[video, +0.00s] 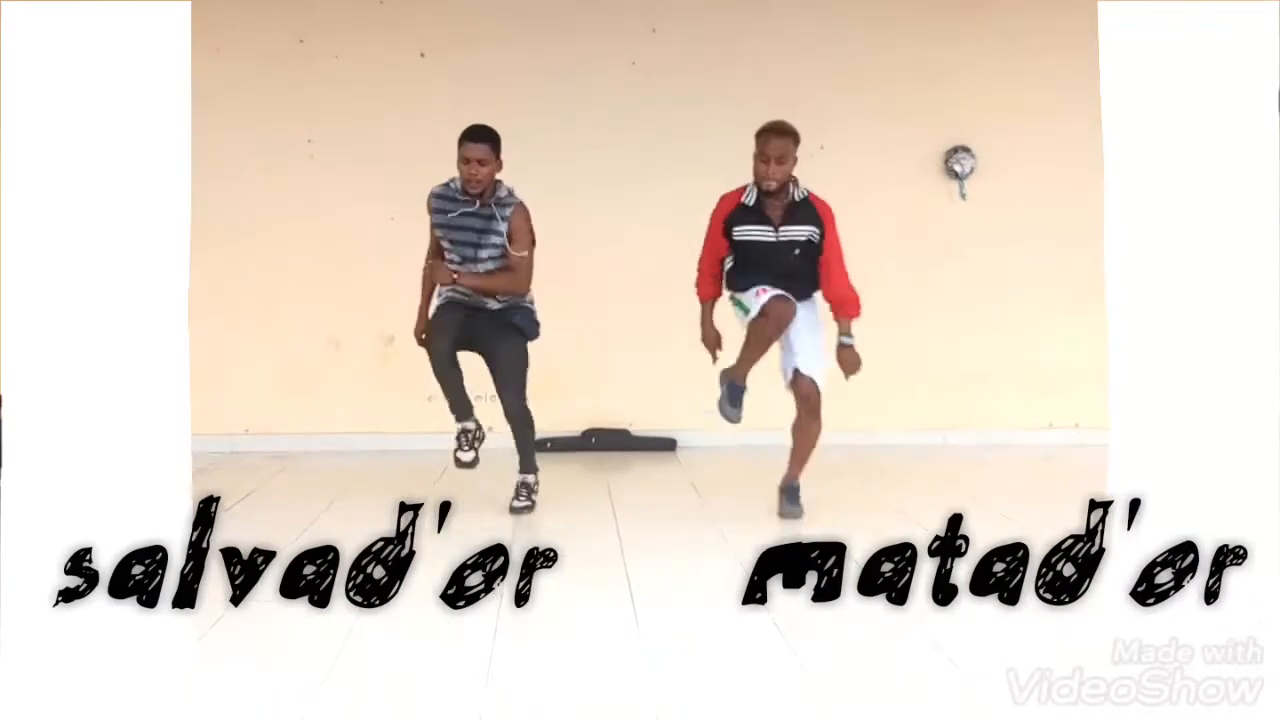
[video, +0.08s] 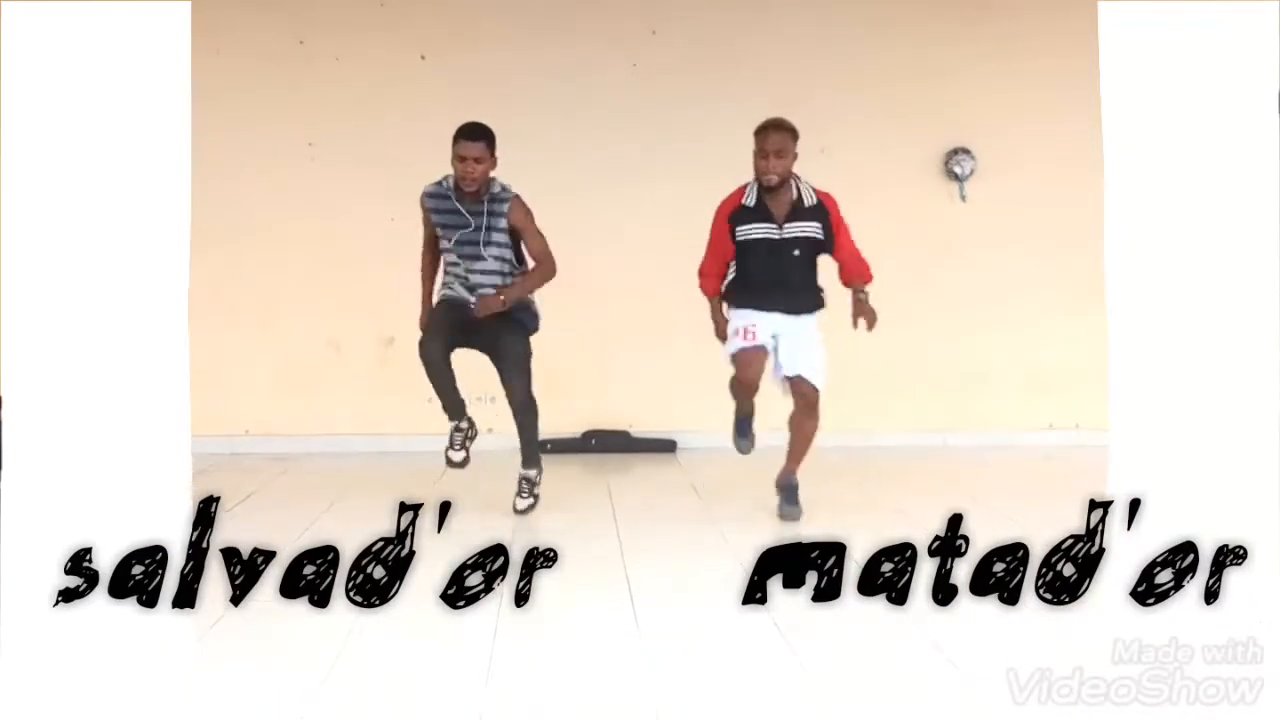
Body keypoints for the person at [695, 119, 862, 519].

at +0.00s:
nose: (770, 171)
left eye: (780, 163)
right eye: (763, 160)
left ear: (794, 164)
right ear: (753, 159)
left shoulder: (816, 211)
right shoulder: (731, 207)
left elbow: (834, 273)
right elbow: (711, 261)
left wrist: (846, 336)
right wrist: (706, 319)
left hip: (803, 300)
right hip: (750, 290)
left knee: (809, 393)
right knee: (781, 309)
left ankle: (791, 482)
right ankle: (737, 377)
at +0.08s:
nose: (769, 163)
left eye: (778, 155)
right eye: (762, 154)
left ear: (794, 157)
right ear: (753, 155)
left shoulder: (820, 205)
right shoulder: (735, 207)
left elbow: (846, 251)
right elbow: (714, 262)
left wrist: (860, 293)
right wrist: (716, 308)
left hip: (801, 313)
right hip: (750, 309)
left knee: (808, 396)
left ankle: (789, 477)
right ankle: (744, 414)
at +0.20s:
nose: (775, 166)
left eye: (784, 158)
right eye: (768, 158)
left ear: (801, 161)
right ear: (760, 160)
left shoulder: (824, 199)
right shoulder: (740, 210)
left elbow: (855, 218)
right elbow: (707, 262)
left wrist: (857, 227)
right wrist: (701, 319)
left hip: (798, 317)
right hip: (745, 321)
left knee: (823, 388)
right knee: (739, 410)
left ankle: (820, 496)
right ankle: (716, 474)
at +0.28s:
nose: (779, 168)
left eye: (789, 160)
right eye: (772, 160)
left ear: (805, 164)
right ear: (764, 163)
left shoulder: (825, 205)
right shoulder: (742, 213)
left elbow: (857, 246)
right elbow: (708, 267)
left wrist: (846, 239)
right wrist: (698, 322)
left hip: (797, 325)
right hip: (747, 326)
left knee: (820, 400)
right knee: (736, 410)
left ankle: (840, 495)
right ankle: (719, 477)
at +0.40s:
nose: (788, 170)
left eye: (798, 163)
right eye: (781, 161)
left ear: (812, 165)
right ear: (771, 162)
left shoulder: (828, 216)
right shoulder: (743, 208)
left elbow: (843, 279)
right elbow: (717, 249)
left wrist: (848, 345)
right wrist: (714, 293)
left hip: (809, 318)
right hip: (758, 317)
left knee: (813, 409)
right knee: (793, 379)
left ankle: (793, 504)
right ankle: (760, 422)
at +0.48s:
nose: (795, 185)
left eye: (805, 177)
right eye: (788, 175)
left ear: (819, 180)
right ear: (777, 174)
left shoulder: (832, 234)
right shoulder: (748, 218)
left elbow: (845, 303)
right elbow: (727, 253)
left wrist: (857, 372)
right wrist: (721, 289)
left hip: (813, 324)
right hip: (760, 313)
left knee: (822, 414)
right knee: (799, 344)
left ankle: (796, 507)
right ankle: (785, 404)